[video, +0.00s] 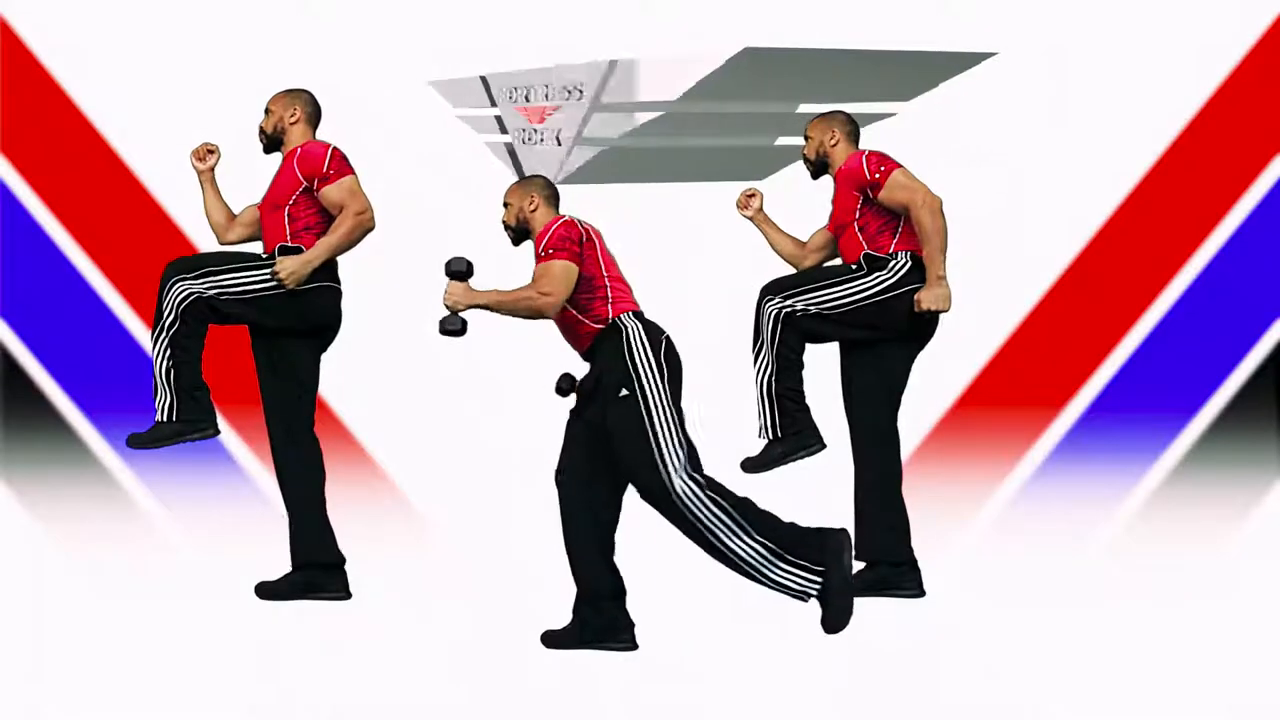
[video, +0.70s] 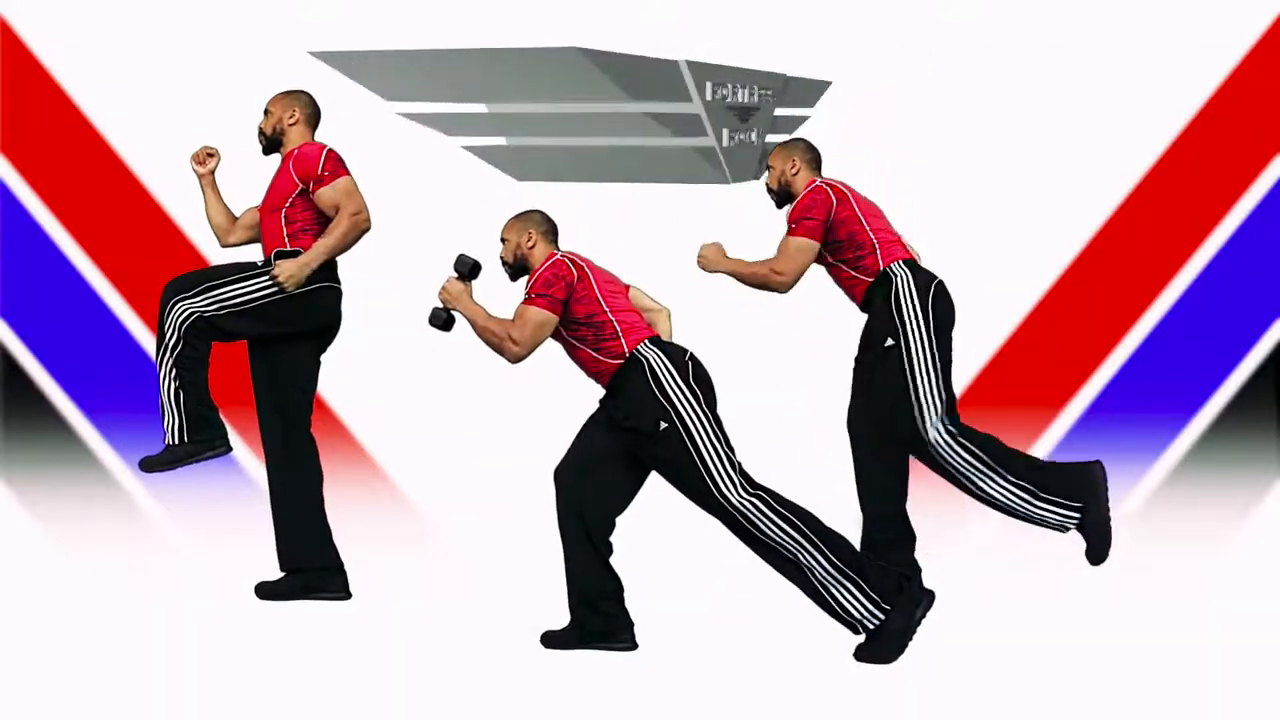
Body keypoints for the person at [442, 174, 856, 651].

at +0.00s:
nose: (503, 215)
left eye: (507, 205)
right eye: (503, 207)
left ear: (532, 202)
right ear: (536, 204)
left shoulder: (559, 229)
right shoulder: (562, 245)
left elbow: (547, 297)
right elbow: (602, 318)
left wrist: (475, 298)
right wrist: (591, 376)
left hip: (630, 349)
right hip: (606, 366)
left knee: (673, 484)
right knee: (580, 489)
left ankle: (819, 561)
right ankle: (602, 622)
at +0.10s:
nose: (498, 227)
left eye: (503, 217)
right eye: (498, 220)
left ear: (529, 211)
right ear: (533, 218)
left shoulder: (555, 240)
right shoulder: (563, 252)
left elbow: (523, 308)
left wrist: (461, 287)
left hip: (640, 355)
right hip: (613, 373)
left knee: (707, 479)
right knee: (578, 490)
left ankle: (848, 585)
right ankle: (602, 621)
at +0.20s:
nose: (497, 236)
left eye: (504, 225)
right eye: (498, 228)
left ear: (531, 220)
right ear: (535, 228)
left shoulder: (552, 251)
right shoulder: (569, 258)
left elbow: (512, 320)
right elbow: (647, 305)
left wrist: (457, 283)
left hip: (648, 360)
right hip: (622, 379)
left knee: (718, 480)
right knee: (578, 486)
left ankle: (859, 597)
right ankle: (602, 621)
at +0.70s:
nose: (501, 252)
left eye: (506, 242)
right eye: (501, 244)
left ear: (534, 237)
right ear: (541, 240)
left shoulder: (555, 270)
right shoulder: (579, 274)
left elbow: (515, 345)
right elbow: (656, 311)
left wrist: (464, 303)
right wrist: (641, 380)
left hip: (655, 377)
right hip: (631, 394)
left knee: (735, 497)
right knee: (578, 487)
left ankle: (883, 607)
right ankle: (601, 623)